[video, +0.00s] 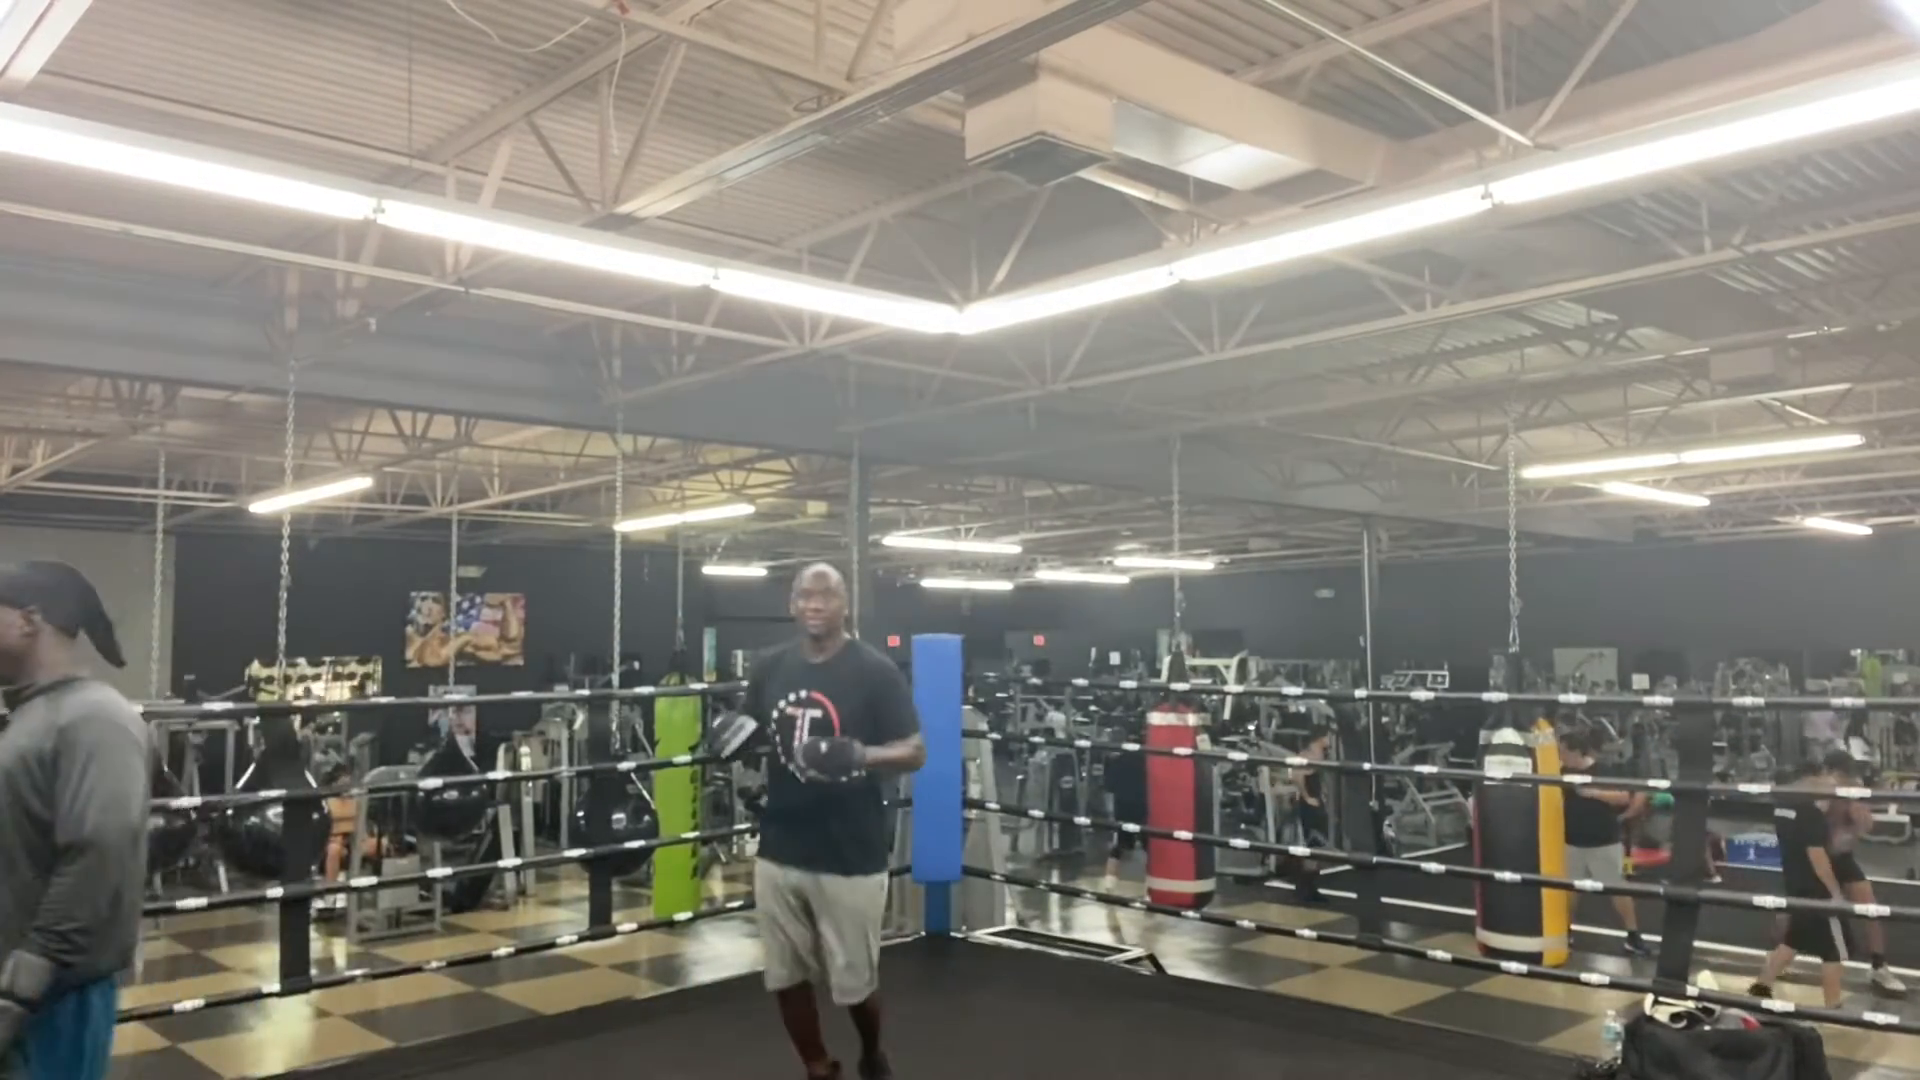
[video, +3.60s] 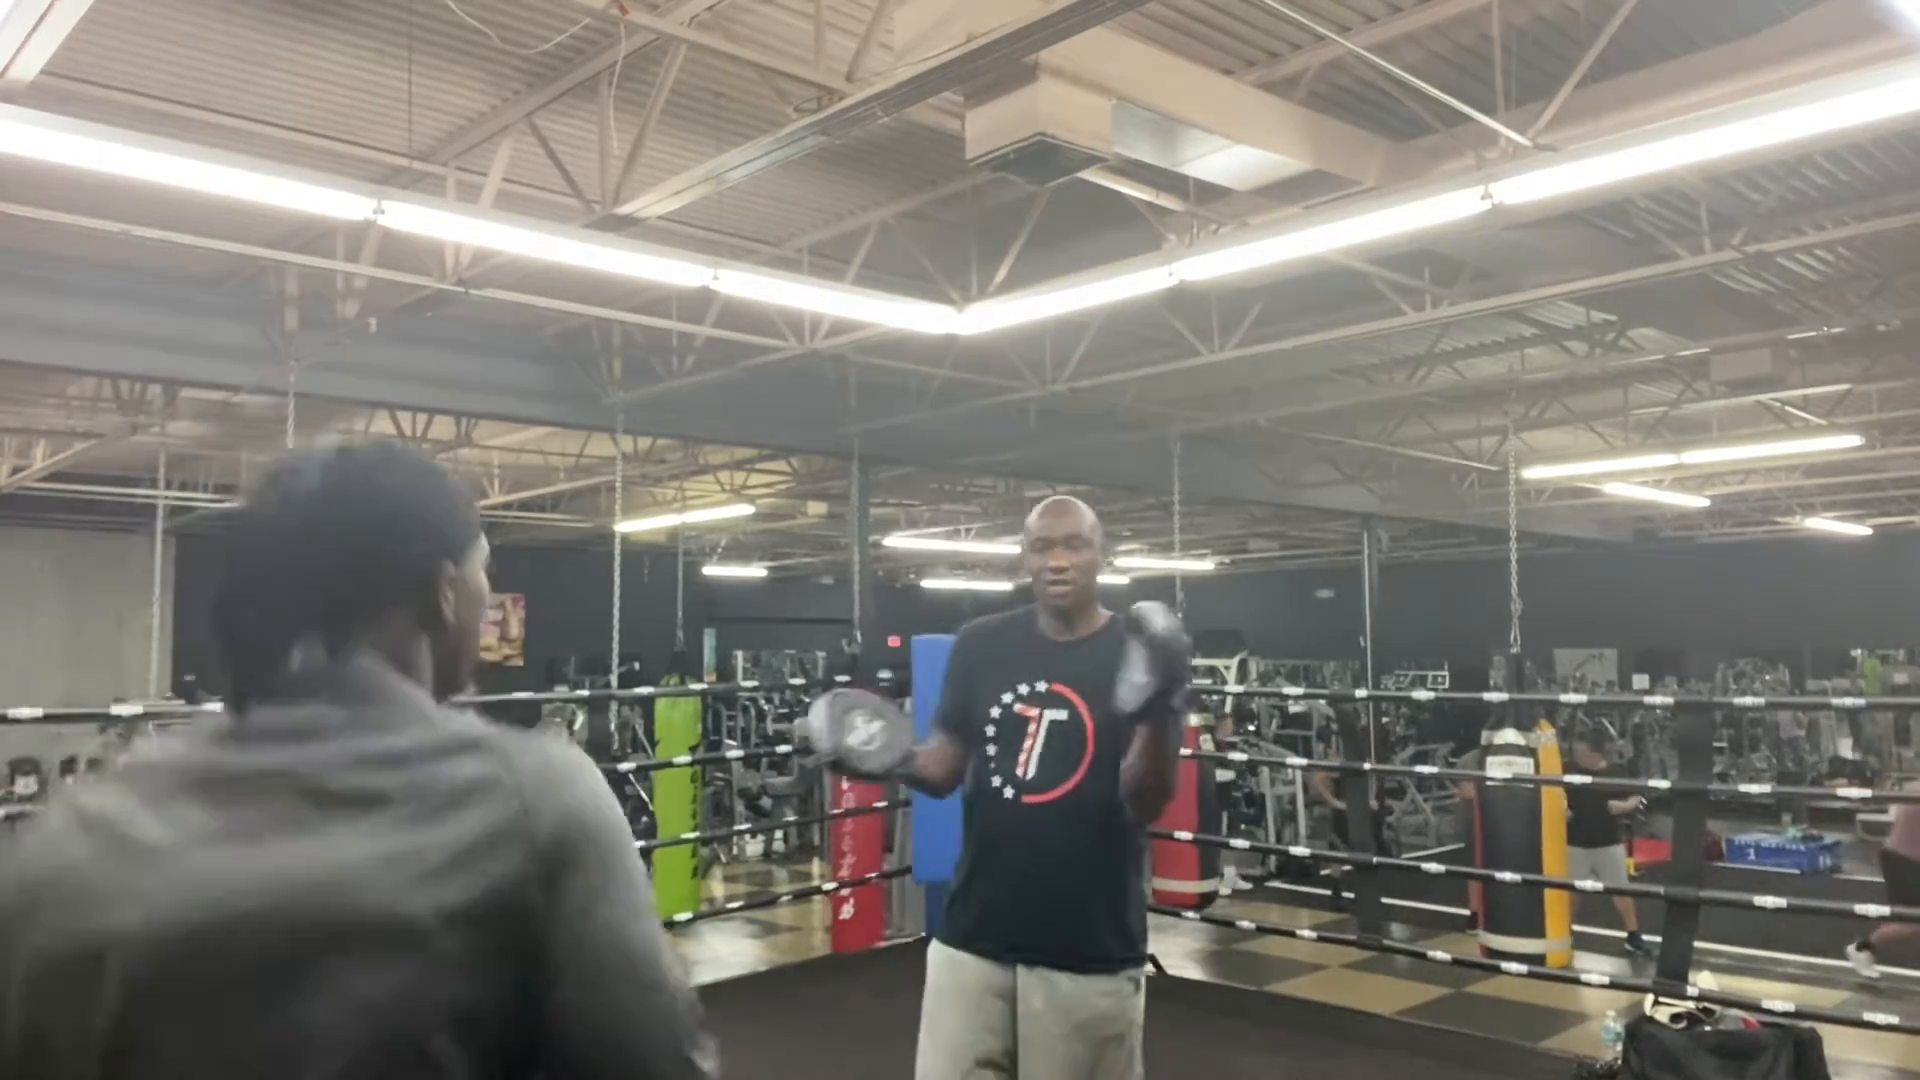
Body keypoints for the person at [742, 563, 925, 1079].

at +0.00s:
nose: (814, 605)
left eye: (825, 596)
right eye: (806, 597)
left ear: (845, 606)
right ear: (792, 606)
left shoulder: (876, 671)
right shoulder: (770, 669)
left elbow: (913, 750)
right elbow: (749, 736)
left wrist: (858, 754)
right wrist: (735, 737)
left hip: (851, 856)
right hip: (781, 849)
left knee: (854, 982)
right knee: (786, 978)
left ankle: (873, 1058)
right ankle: (818, 1068)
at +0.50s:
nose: (885, 607)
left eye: (894, 596)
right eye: (873, 595)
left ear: (905, 603)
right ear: (850, 601)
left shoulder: (924, 674)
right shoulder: (809, 667)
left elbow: (932, 752)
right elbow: (767, 747)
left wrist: (942, 770)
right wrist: (823, 756)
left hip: (901, 851)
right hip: (823, 857)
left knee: (923, 981)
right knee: (817, 982)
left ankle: (929, 1076)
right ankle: (820, 1064)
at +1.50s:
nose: (941, 590)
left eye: (946, 578)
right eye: (926, 580)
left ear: (955, 581)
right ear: (892, 585)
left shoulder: (986, 658)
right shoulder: (844, 660)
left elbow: (1009, 747)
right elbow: (808, 762)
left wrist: (1003, 760)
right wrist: (868, 736)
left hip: (962, 880)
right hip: (870, 882)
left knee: (970, 1044)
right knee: (874, 1040)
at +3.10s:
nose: (942, 558)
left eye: (956, 543)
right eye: (925, 546)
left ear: (977, 554)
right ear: (902, 563)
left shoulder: (1040, 648)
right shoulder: (865, 665)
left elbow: (1083, 789)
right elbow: (819, 793)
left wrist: (1081, 759)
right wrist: (846, 784)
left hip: (1036, 938)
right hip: (917, 945)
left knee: (1058, 1071)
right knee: (924, 1073)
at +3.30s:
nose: (970, 565)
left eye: (983, 549)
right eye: (953, 552)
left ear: (1007, 558)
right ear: (932, 565)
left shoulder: (1069, 656)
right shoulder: (891, 665)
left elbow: (1139, 782)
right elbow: (849, 794)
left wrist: (1117, 750)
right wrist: (849, 780)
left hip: (1046, 944)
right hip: (926, 945)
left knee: (1056, 1073)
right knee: (925, 1073)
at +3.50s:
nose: (1033, 556)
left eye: (1049, 541)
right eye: (1017, 544)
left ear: (1074, 553)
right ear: (997, 558)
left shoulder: (1122, 650)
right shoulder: (954, 647)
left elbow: (1177, 784)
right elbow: (908, 764)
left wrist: (1178, 692)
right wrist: (856, 750)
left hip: (1079, 939)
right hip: (961, 934)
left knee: (1081, 1072)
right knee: (942, 1072)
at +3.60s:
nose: (1057, 561)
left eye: (1074, 546)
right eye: (1042, 547)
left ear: (1102, 556)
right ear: (1024, 560)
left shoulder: (1140, 652)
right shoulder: (980, 644)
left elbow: (1146, 804)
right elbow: (944, 768)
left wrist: (1158, 699)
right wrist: (894, 751)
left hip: (1090, 945)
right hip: (976, 936)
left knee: (1083, 1073)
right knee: (947, 1072)